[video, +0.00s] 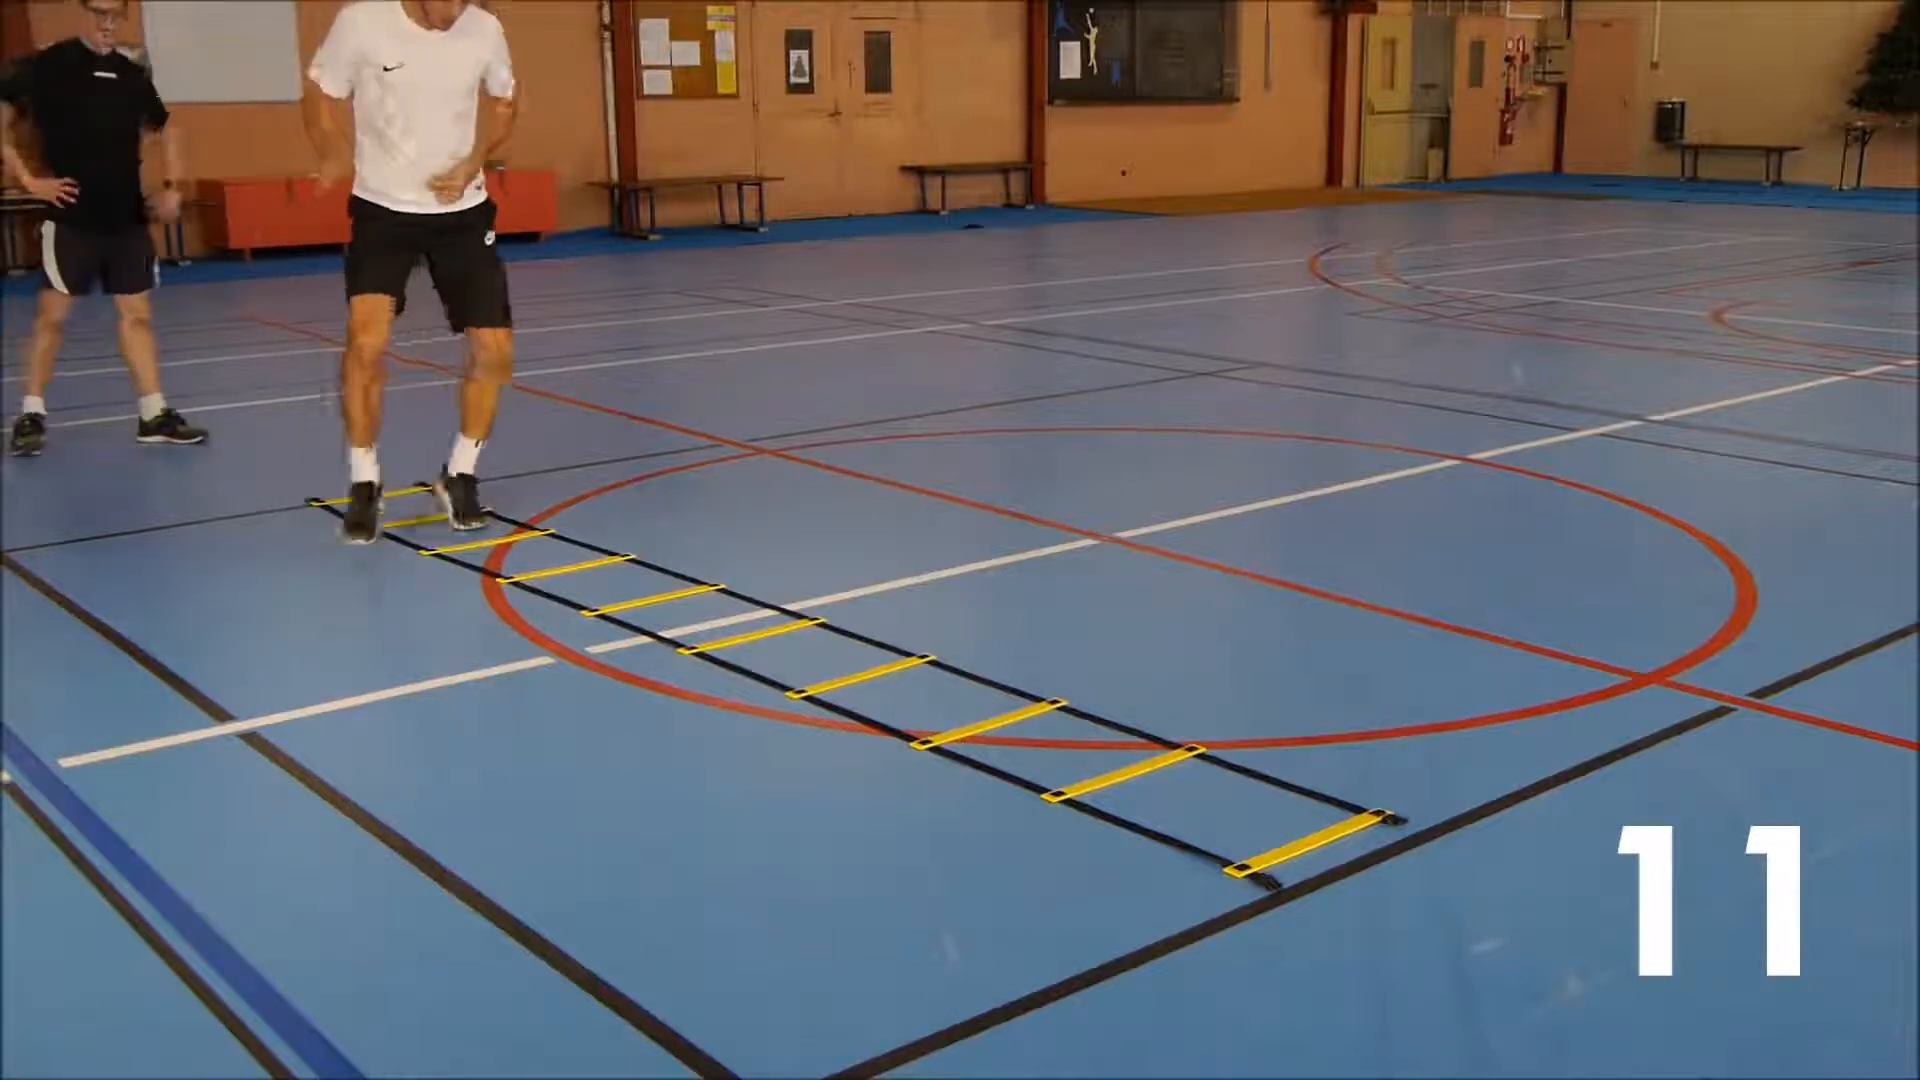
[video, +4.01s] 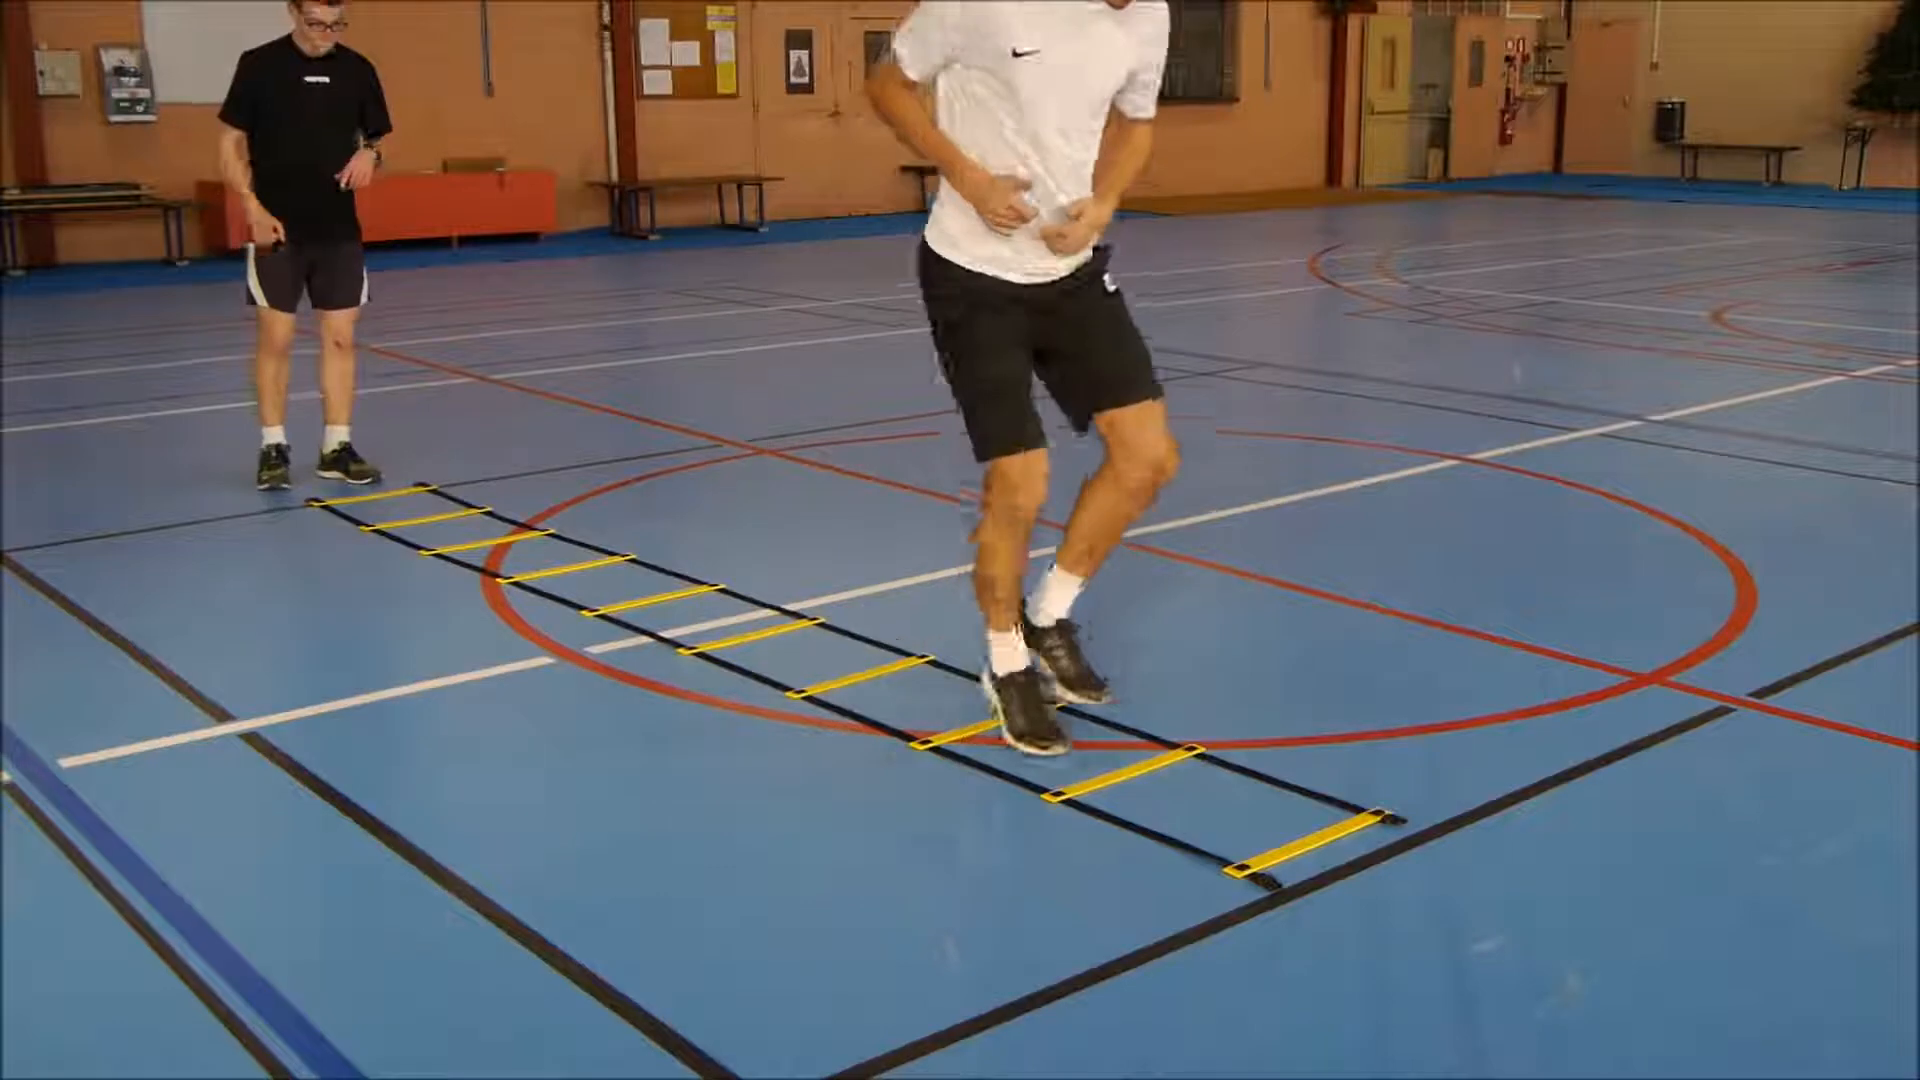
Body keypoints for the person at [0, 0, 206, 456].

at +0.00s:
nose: (108, 24)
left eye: (116, 17)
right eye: (100, 15)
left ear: (124, 19)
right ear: (83, 15)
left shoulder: (133, 74)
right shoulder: (50, 65)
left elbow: (165, 129)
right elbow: (3, 120)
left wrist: (171, 185)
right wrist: (28, 180)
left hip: (125, 211)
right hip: (69, 213)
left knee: (137, 313)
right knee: (53, 313)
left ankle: (154, 413)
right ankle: (32, 411)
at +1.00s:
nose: (150, 30)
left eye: (158, 20)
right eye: (139, 21)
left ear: (165, 16)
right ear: (117, 16)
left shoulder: (182, 66)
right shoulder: (91, 73)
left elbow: (210, 136)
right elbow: (74, 150)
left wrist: (240, 197)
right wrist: (86, 221)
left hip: (195, 214)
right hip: (135, 221)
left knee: (225, 316)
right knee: (131, 328)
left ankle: (245, 420)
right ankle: (137, 428)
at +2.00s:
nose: (161, 14)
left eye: (169, 5)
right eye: (160, 7)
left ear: (198, 7)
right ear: (185, 14)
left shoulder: (257, 62)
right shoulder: (165, 74)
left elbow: (291, 140)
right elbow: (156, 152)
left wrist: (285, 209)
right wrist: (144, 167)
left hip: (273, 215)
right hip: (214, 223)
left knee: (310, 319)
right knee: (225, 332)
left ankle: (295, 402)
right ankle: (241, 438)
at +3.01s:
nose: (321, 40)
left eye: (331, 31)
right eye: (313, 30)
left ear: (340, 23)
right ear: (291, 16)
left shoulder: (349, 77)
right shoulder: (251, 62)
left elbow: (354, 158)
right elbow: (219, 134)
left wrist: (336, 214)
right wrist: (216, 208)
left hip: (322, 224)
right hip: (261, 225)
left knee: (328, 334)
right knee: (263, 335)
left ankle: (337, 444)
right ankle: (265, 446)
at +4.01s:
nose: (325, 34)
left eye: (334, 24)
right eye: (315, 23)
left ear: (343, 18)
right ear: (293, 14)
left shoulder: (358, 69)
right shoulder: (258, 65)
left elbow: (375, 137)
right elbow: (231, 145)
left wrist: (368, 153)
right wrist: (254, 212)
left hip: (337, 225)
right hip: (278, 226)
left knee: (341, 337)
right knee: (277, 338)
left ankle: (337, 447)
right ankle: (274, 447)